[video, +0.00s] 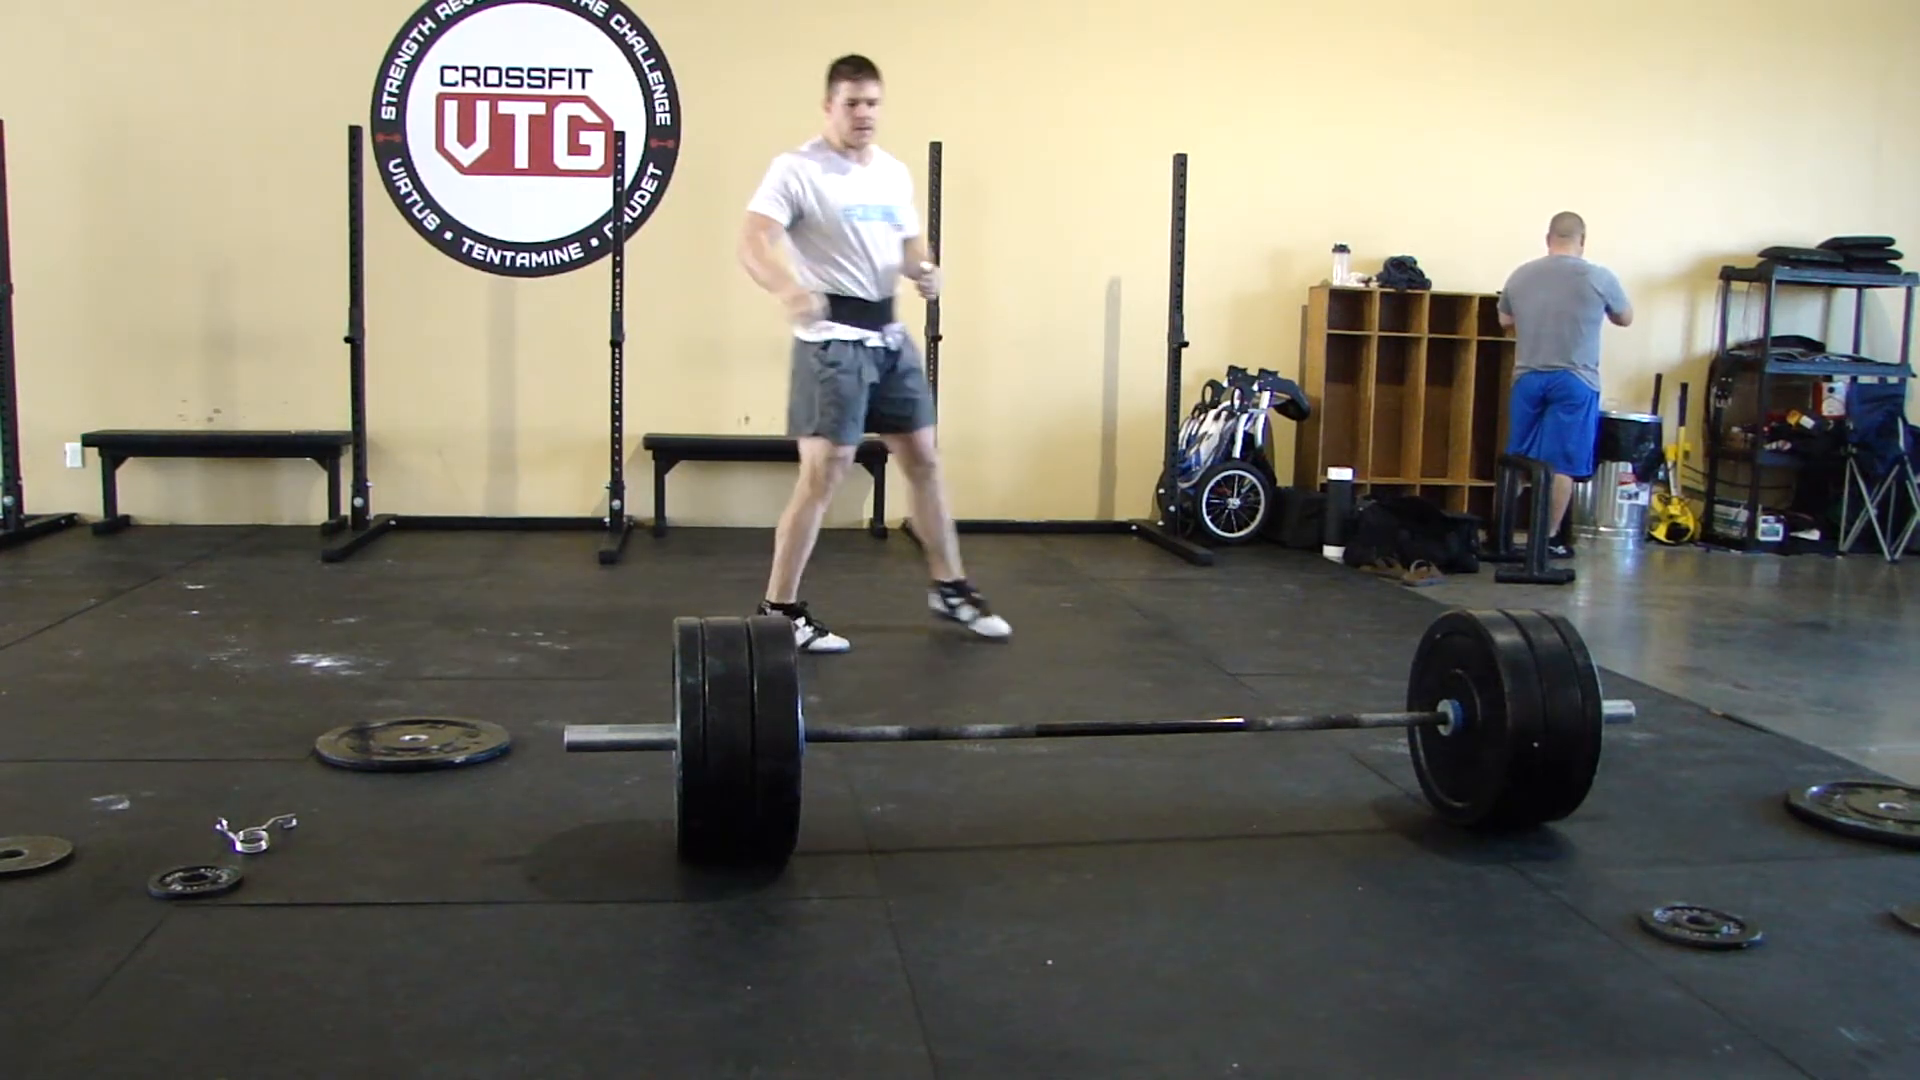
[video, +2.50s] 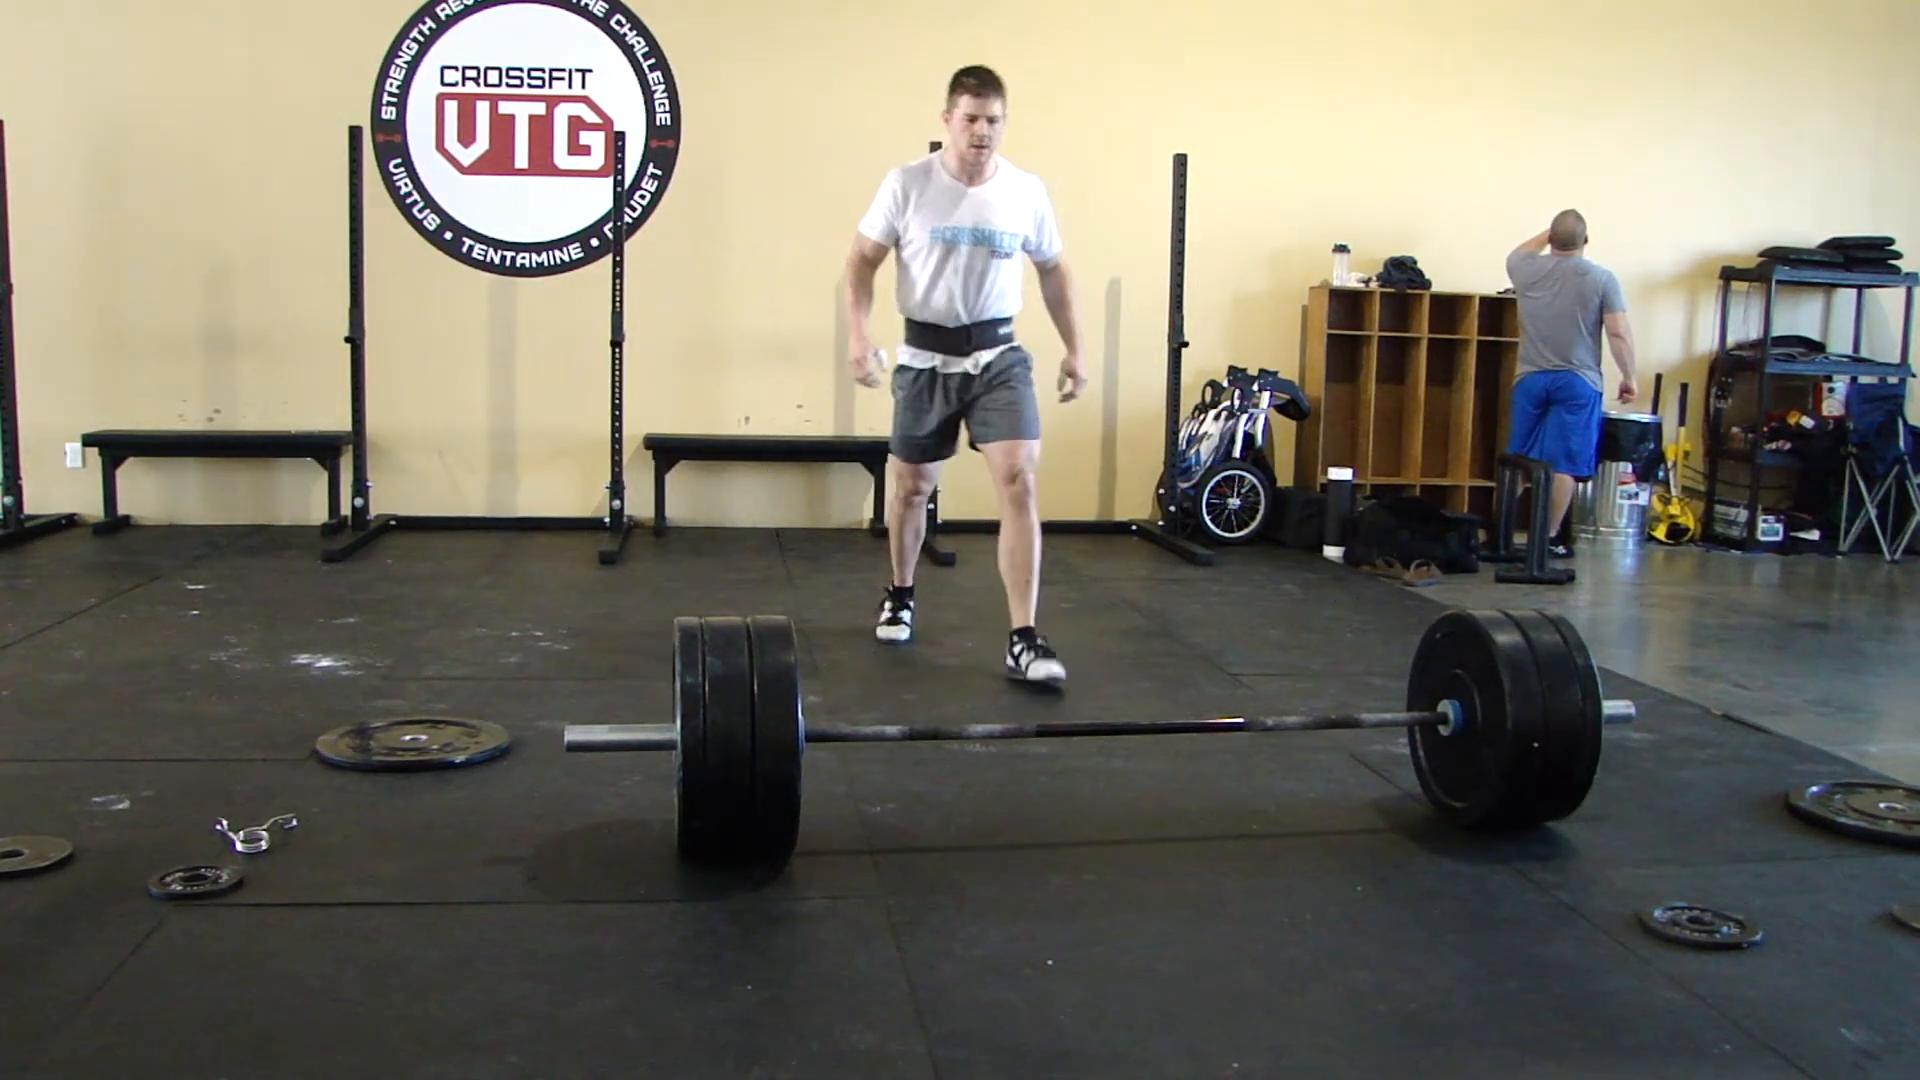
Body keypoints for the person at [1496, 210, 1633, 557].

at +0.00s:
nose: (1578, 245)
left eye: (1555, 238)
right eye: (1581, 240)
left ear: (1548, 239)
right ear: (1583, 241)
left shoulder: (1521, 274)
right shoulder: (1597, 276)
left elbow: (1506, 320)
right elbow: (1623, 317)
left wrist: (1540, 313)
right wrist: (1592, 299)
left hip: (1527, 377)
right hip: (1575, 379)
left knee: (1516, 459)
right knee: (1562, 466)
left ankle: (1501, 536)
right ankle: (1547, 540)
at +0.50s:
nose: (1582, 246)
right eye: (1584, 241)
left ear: (1550, 239)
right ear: (1584, 241)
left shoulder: (1521, 273)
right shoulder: (1597, 277)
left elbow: (1507, 311)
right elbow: (1615, 330)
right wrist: (1623, 370)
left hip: (1528, 378)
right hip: (1576, 380)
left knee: (1518, 460)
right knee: (1563, 466)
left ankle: (1501, 534)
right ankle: (1547, 540)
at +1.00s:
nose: (1585, 244)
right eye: (1585, 240)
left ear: (1550, 239)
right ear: (1586, 241)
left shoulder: (1523, 272)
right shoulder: (1599, 277)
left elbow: (1511, 299)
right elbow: (1616, 331)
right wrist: (1628, 377)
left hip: (1529, 379)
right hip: (1577, 382)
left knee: (1520, 461)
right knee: (1564, 466)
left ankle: (1501, 533)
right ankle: (1548, 539)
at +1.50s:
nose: (1586, 243)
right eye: (1586, 239)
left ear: (1550, 237)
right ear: (1586, 241)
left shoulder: (1525, 270)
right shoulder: (1601, 278)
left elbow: (1515, 274)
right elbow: (1617, 333)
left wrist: (1550, 246)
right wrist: (1629, 377)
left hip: (1531, 379)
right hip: (1578, 382)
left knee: (1519, 460)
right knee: (1565, 465)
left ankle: (1502, 534)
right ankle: (1547, 539)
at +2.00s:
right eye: (1585, 237)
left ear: (1550, 240)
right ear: (1587, 241)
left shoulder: (1527, 271)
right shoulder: (1602, 278)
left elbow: (1518, 261)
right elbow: (1617, 332)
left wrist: (1550, 239)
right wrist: (1630, 377)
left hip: (1531, 379)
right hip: (1579, 381)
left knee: (1519, 460)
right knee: (1565, 465)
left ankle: (1502, 534)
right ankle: (1548, 539)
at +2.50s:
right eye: (1584, 237)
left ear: (1550, 240)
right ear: (1586, 241)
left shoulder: (1528, 271)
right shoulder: (1601, 278)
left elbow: (1516, 256)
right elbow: (1617, 332)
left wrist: (1547, 235)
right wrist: (1629, 377)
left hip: (1530, 378)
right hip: (1578, 381)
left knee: (1518, 460)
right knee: (1565, 465)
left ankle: (1502, 535)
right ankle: (1548, 539)